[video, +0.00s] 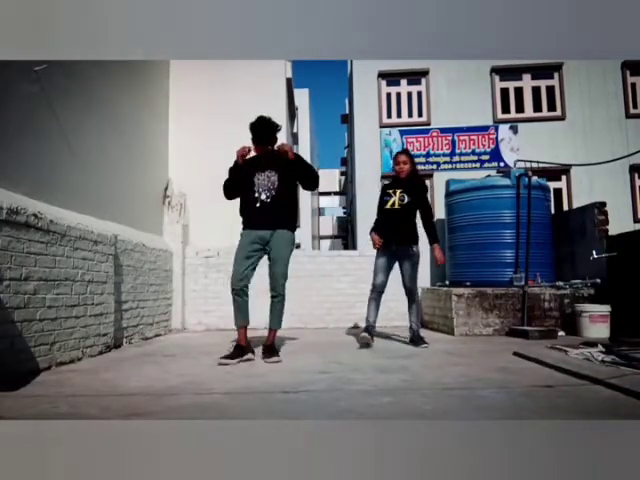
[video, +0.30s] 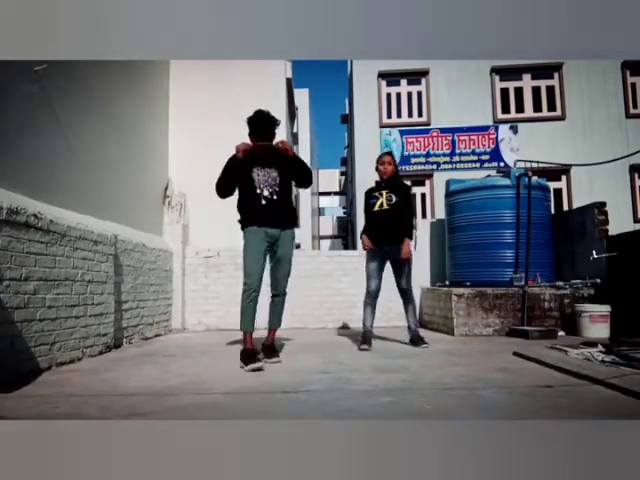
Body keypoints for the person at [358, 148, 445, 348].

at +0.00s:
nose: (401, 167)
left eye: (405, 163)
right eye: (398, 164)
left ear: (412, 165)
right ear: (394, 166)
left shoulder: (418, 186)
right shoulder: (387, 187)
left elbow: (426, 217)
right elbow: (381, 215)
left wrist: (435, 245)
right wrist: (374, 232)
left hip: (408, 244)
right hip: (386, 243)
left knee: (410, 289)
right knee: (377, 286)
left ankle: (415, 332)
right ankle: (368, 330)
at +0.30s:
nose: (385, 167)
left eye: (389, 164)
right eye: (382, 164)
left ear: (395, 167)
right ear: (377, 167)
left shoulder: (404, 189)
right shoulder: (371, 193)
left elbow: (410, 217)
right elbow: (368, 219)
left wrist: (408, 240)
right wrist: (364, 235)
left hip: (398, 243)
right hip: (375, 244)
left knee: (405, 289)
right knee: (372, 290)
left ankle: (414, 332)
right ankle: (366, 334)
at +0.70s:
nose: (372, 168)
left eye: (375, 164)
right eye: (369, 164)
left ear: (377, 167)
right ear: (360, 166)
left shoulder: (381, 189)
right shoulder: (351, 188)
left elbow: (390, 216)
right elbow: (341, 215)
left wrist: (395, 234)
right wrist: (355, 229)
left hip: (386, 244)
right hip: (365, 245)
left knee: (406, 285)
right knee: (368, 291)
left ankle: (412, 327)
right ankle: (367, 336)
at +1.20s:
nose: (381, 166)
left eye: (382, 163)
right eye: (377, 162)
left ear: (381, 164)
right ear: (366, 164)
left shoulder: (384, 187)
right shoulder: (355, 184)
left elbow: (391, 213)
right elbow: (347, 213)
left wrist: (401, 226)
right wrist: (363, 227)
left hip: (391, 242)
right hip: (369, 244)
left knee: (405, 286)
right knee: (368, 291)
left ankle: (417, 334)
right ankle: (367, 336)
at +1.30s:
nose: (384, 167)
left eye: (385, 164)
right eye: (380, 163)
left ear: (386, 165)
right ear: (369, 165)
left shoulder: (391, 188)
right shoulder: (359, 186)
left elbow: (399, 214)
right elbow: (351, 215)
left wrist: (408, 229)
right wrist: (365, 228)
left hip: (395, 243)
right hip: (373, 245)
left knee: (406, 289)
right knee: (370, 291)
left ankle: (416, 334)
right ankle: (367, 335)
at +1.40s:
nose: (388, 167)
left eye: (390, 163)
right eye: (384, 163)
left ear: (392, 165)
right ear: (375, 165)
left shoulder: (398, 187)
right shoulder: (366, 187)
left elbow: (408, 212)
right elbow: (358, 214)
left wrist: (416, 232)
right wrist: (369, 230)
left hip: (401, 243)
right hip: (378, 245)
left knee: (409, 288)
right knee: (374, 291)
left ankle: (417, 334)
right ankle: (367, 336)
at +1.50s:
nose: (394, 166)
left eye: (396, 163)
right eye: (390, 163)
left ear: (399, 166)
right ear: (382, 165)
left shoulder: (405, 189)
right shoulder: (372, 188)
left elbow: (417, 212)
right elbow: (365, 215)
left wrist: (422, 234)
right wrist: (372, 232)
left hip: (407, 243)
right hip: (383, 245)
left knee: (413, 289)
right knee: (378, 291)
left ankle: (417, 335)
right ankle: (368, 336)